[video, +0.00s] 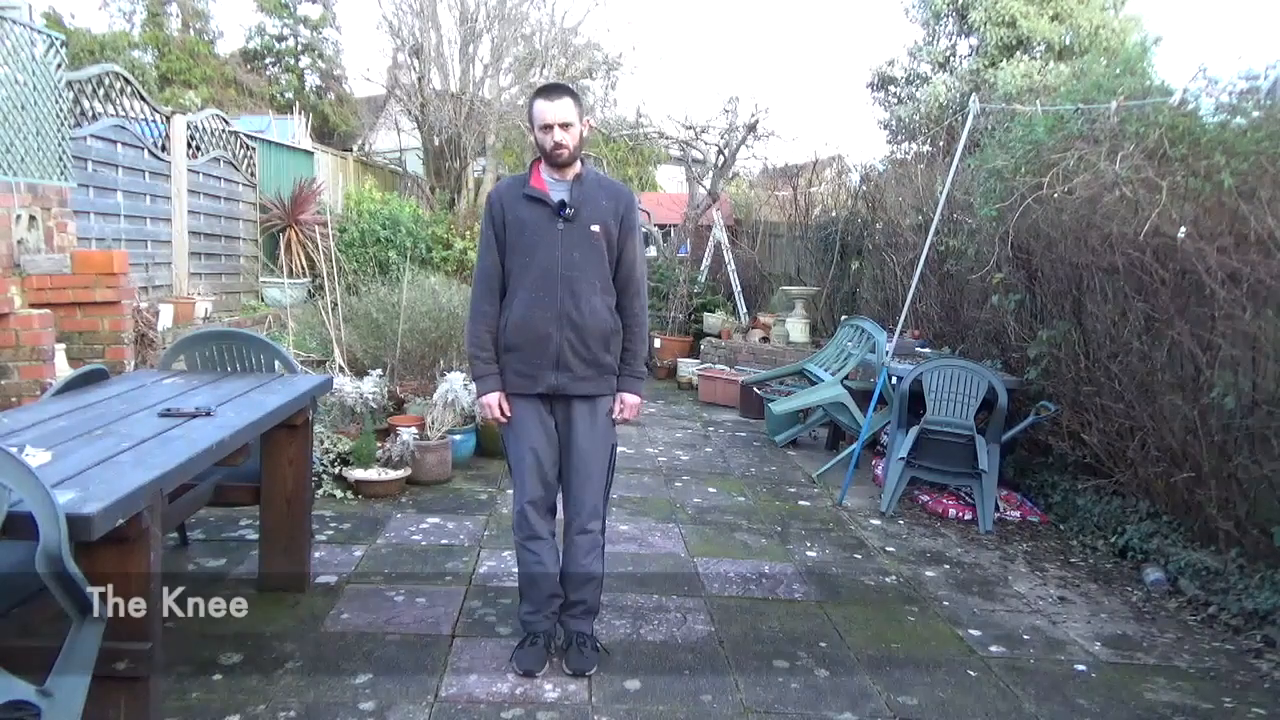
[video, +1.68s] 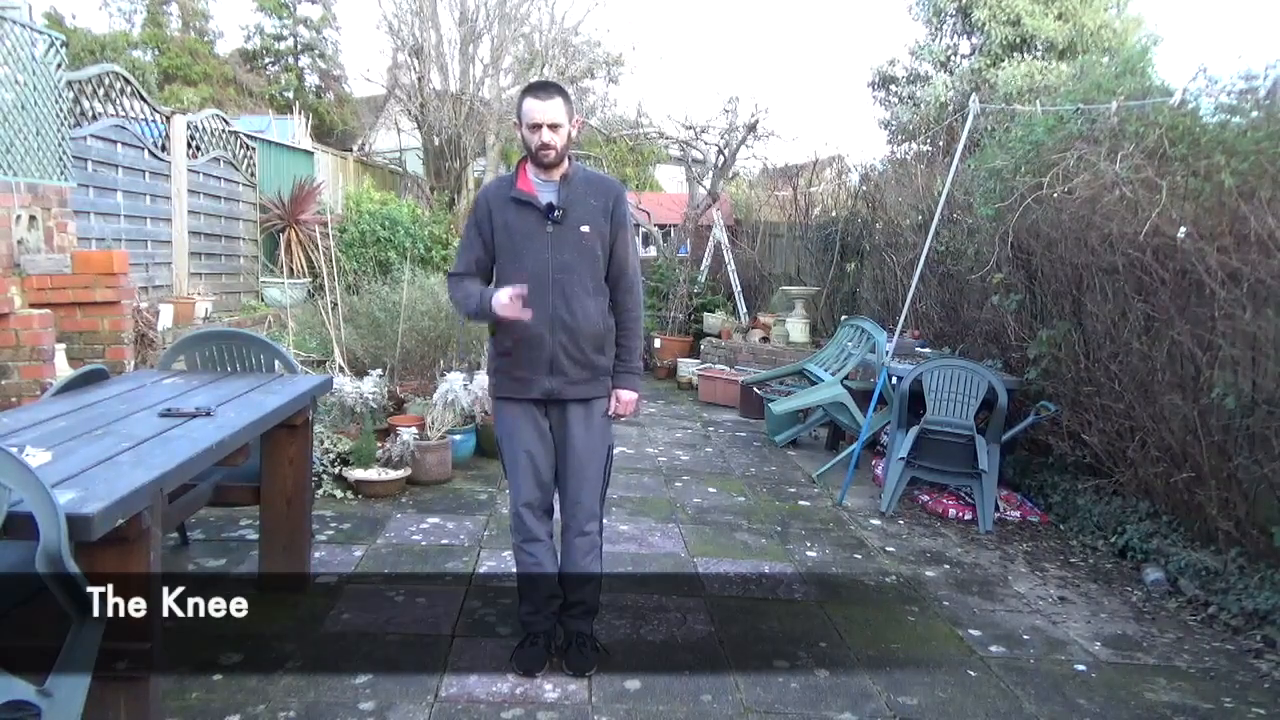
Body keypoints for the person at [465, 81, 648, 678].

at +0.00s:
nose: (556, 136)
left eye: (565, 125)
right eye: (545, 128)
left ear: (583, 127)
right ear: (532, 133)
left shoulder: (617, 199)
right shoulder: (504, 198)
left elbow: (633, 296)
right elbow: (485, 294)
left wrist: (633, 379)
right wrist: (485, 377)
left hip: (594, 378)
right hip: (522, 378)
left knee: (586, 509)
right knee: (532, 506)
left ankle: (581, 627)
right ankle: (535, 625)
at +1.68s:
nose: (544, 137)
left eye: (554, 126)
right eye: (533, 127)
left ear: (572, 126)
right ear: (520, 129)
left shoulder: (606, 194)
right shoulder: (494, 199)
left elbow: (627, 290)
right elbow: (461, 283)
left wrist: (628, 375)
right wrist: (491, 300)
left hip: (589, 378)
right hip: (517, 380)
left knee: (584, 510)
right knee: (528, 506)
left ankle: (579, 631)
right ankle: (535, 631)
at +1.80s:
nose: (547, 138)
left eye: (557, 127)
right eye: (537, 127)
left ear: (574, 129)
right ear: (522, 129)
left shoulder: (605, 194)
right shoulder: (493, 196)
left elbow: (627, 290)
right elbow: (464, 286)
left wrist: (628, 374)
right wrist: (500, 248)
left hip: (589, 376)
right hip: (516, 377)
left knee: (584, 509)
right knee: (529, 506)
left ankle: (579, 631)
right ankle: (535, 632)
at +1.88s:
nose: (551, 138)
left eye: (560, 128)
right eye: (540, 128)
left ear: (575, 130)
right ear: (523, 128)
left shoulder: (606, 195)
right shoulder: (494, 194)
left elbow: (625, 291)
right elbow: (466, 288)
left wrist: (627, 374)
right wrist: (500, 230)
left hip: (590, 376)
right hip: (516, 376)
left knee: (583, 509)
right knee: (529, 506)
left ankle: (580, 631)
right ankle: (536, 631)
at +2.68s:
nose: (556, 138)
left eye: (566, 128)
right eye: (546, 126)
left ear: (580, 133)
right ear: (527, 128)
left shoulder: (607, 198)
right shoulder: (493, 197)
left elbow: (626, 295)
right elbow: (466, 291)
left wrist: (627, 378)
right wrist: (494, 263)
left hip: (590, 379)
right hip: (516, 379)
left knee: (583, 509)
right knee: (529, 506)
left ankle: (579, 631)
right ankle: (536, 631)